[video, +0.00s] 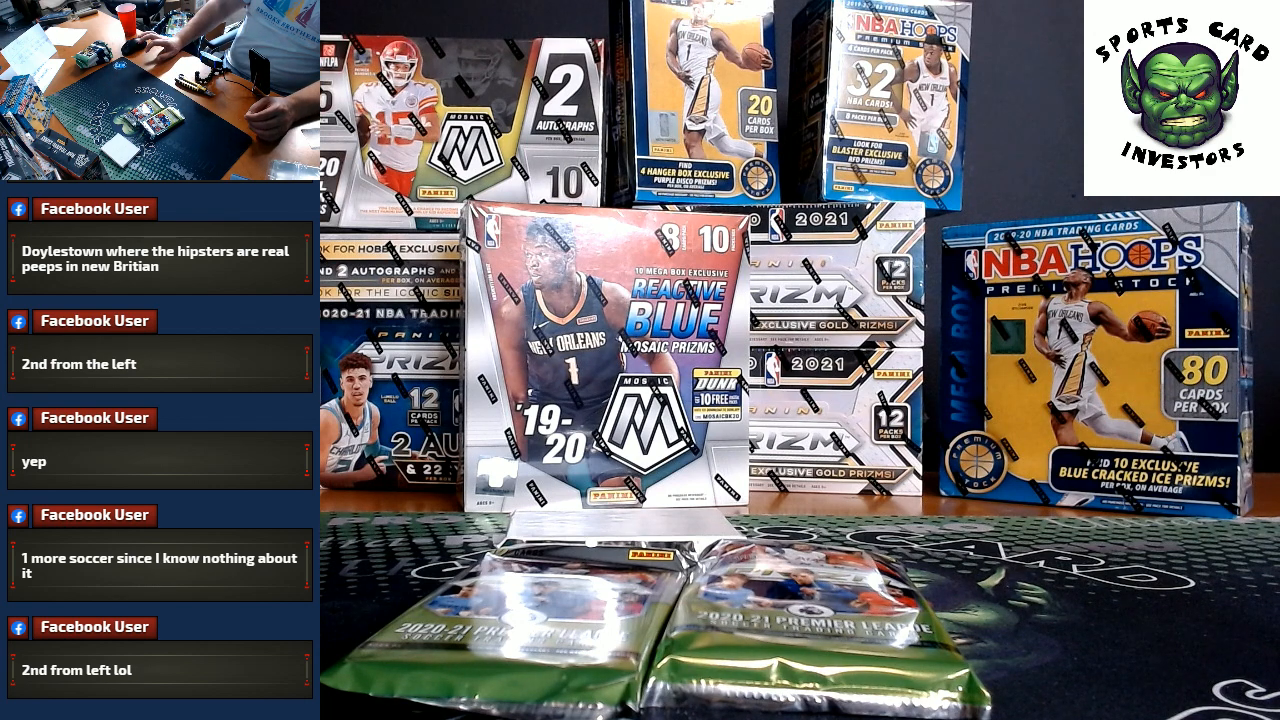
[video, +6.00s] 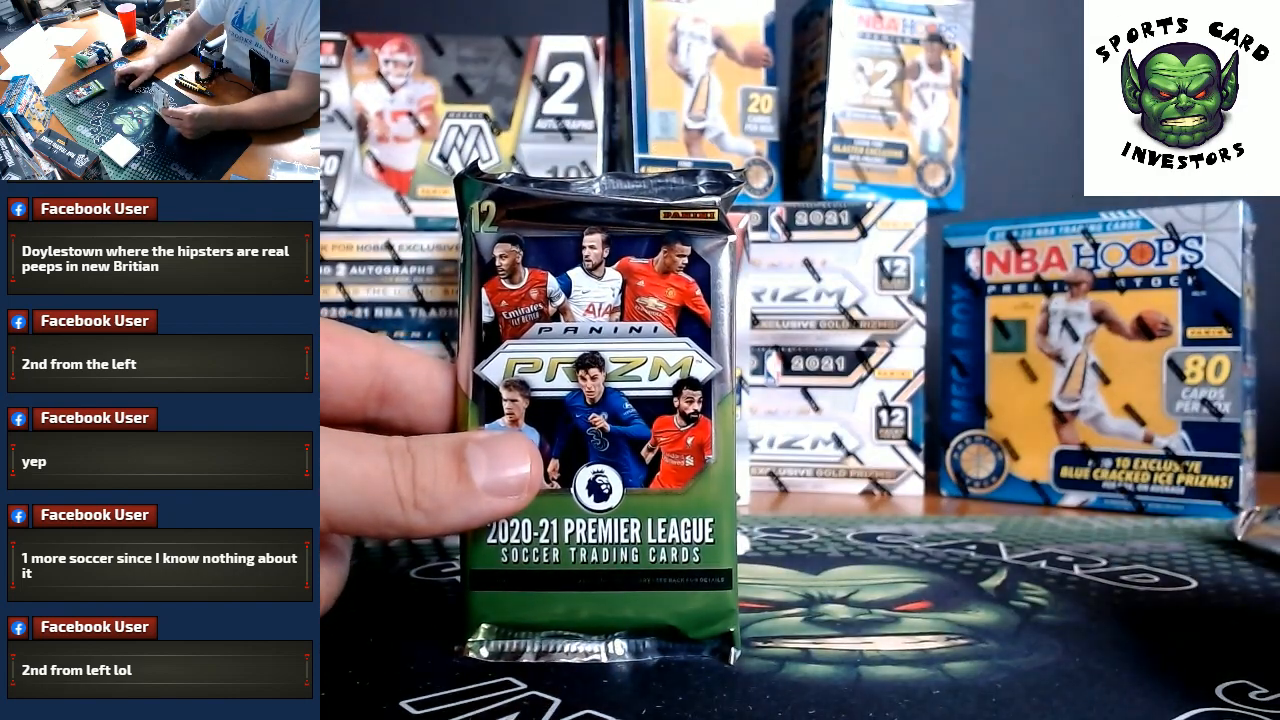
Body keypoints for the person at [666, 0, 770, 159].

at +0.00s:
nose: (697, 9)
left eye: (702, 6)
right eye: (694, 5)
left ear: (711, 12)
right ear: (691, 8)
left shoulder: (715, 34)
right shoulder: (678, 25)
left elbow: (739, 60)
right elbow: (670, 53)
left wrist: (764, 63)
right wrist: (678, 72)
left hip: (705, 87)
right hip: (692, 88)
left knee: (692, 141)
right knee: (725, 145)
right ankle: (767, 158)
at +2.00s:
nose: (697, 9)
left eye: (702, 6)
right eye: (695, 5)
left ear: (711, 11)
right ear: (691, 8)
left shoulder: (715, 34)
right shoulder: (678, 24)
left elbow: (739, 59)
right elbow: (670, 54)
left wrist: (764, 62)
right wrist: (678, 72)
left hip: (705, 87)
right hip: (692, 88)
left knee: (692, 141)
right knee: (725, 145)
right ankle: (765, 157)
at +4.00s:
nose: (693, 11)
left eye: (696, 7)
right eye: (688, 6)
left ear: (702, 8)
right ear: (683, 7)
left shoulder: (712, 30)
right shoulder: (679, 24)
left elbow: (734, 54)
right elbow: (671, 51)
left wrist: (757, 58)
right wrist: (678, 69)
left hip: (707, 85)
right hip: (692, 85)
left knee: (692, 138)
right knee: (723, 142)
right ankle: (757, 152)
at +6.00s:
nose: (694, 11)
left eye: (697, 8)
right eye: (689, 7)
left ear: (703, 8)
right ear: (684, 6)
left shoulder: (712, 31)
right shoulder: (679, 25)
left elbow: (734, 54)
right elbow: (671, 53)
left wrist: (757, 59)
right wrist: (678, 70)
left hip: (706, 84)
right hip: (692, 85)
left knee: (692, 138)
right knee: (724, 142)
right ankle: (757, 152)